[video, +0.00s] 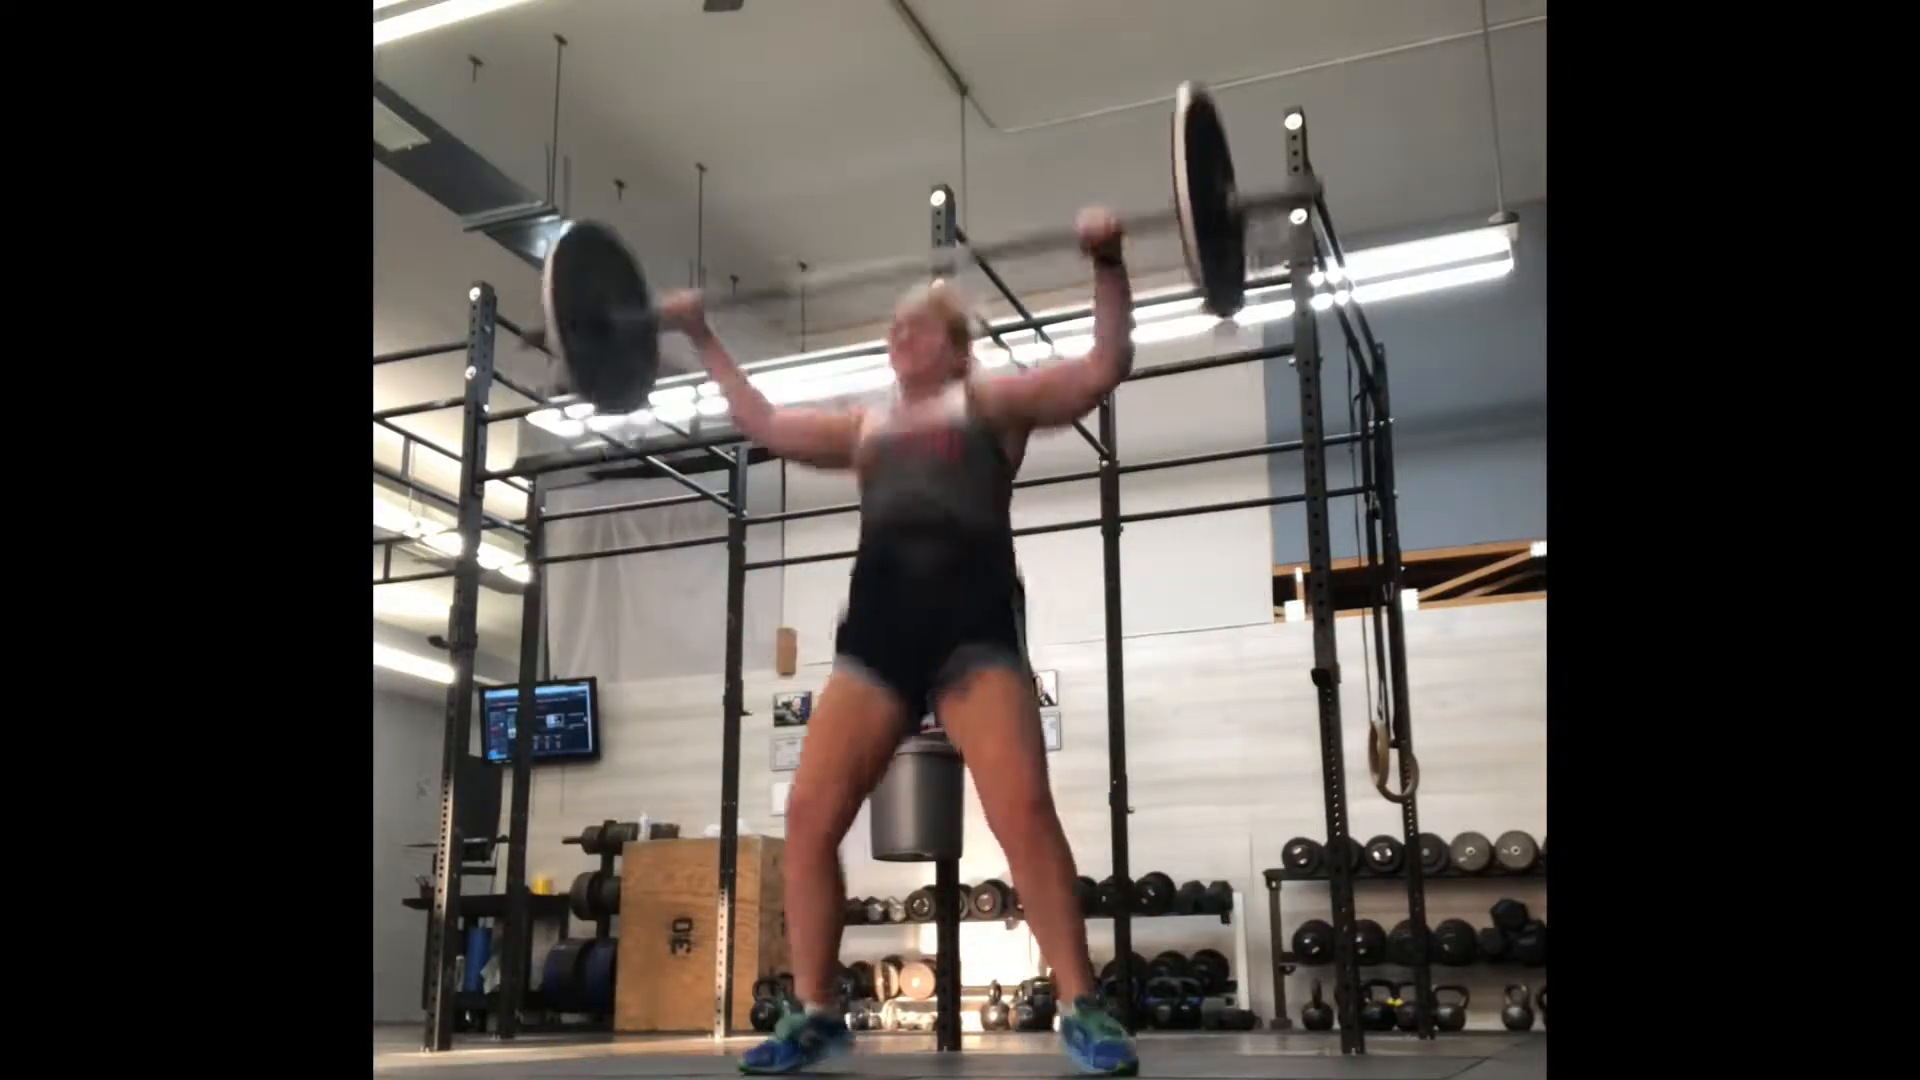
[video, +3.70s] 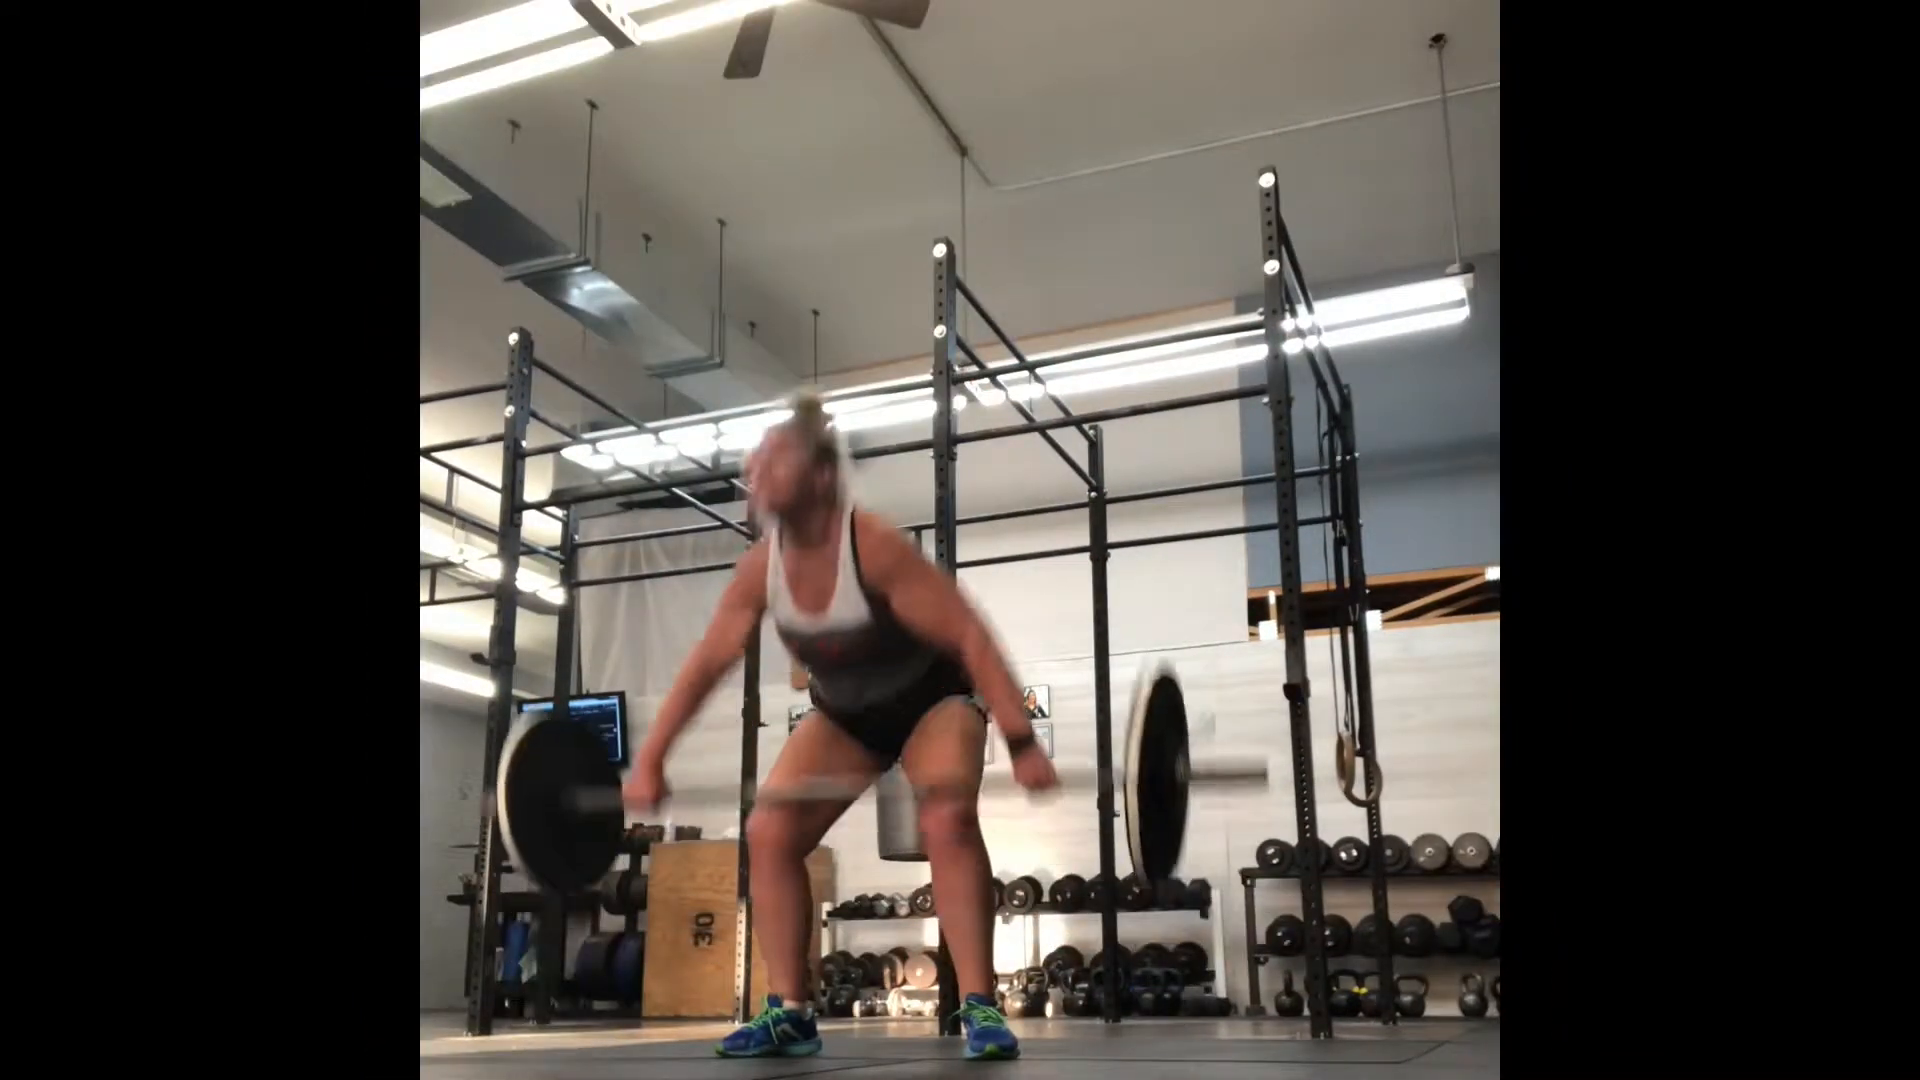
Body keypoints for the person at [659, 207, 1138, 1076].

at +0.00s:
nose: (899, 344)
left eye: (915, 330)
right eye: (893, 334)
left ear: (956, 339)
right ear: (891, 349)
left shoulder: (994, 402)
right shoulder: (866, 425)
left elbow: (1102, 369)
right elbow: (761, 424)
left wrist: (1106, 264)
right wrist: (700, 333)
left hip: (977, 638)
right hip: (875, 644)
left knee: (1025, 813)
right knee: (808, 813)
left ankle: (1079, 1005)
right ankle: (815, 1014)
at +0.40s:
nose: (844, 465)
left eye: (864, 455)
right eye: (839, 456)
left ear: (907, 475)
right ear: (832, 474)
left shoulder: (951, 525)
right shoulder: (824, 544)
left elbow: (1048, 448)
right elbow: (755, 499)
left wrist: (1120, 342)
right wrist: (721, 423)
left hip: (991, 734)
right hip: (889, 747)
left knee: (1054, 830)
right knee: (789, 838)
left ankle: (1079, 1019)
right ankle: (819, 1026)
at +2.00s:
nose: (866, 371)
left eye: (884, 361)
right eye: (863, 362)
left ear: (927, 380)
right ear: (863, 385)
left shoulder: (974, 436)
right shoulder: (849, 465)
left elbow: (1069, 371)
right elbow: (776, 430)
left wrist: (1141, 276)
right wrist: (734, 347)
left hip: (1000, 669)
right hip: (899, 679)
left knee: (1049, 825)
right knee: (810, 838)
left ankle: (1077, 1019)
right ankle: (817, 1026)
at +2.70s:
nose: (875, 341)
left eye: (890, 329)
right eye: (864, 331)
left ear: (926, 340)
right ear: (853, 344)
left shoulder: (960, 407)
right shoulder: (840, 423)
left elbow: (1046, 324)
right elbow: (766, 370)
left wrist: (1120, 229)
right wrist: (726, 293)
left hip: (939, 633)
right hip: (844, 640)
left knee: (961, 831)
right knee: (848, 836)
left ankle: (1003, 1008)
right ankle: (820, 1022)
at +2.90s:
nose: (754, 616)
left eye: (772, 601)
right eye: (746, 604)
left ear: (817, 616)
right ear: (740, 618)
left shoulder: (877, 675)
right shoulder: (754, 701)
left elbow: (962, 796)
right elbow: (718, 818)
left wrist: (1039, 899)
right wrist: (663, 914)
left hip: (923, 790)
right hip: (840, 802)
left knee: (941, 834)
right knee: (739, 847)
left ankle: (972, 1007)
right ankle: (793, 1014)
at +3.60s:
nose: (751, 527)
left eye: (770, 512)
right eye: (746, 512)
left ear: (815, 528)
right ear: (742, 521)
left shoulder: (875, 592)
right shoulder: (757, 614)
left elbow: (956, 704)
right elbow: (719, 712)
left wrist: (1028, 803)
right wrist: (656, 816)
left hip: (935, 715)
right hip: (847, 729)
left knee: (946, 832)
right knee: (775, 838)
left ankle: (978, 1007)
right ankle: (789, 1012)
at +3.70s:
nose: (756, 472)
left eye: (773, 459)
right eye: (756, 460)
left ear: (820, 472)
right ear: (757, 476)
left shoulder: (875, 545)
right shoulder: (762, 566)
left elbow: (969, 633)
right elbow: (709, 662)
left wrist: (1021, 738)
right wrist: (650, 754)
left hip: (934, 697)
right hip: (845, 712)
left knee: (949, 822)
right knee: (770, 834)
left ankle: (978, 1006)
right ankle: (790, 1011)